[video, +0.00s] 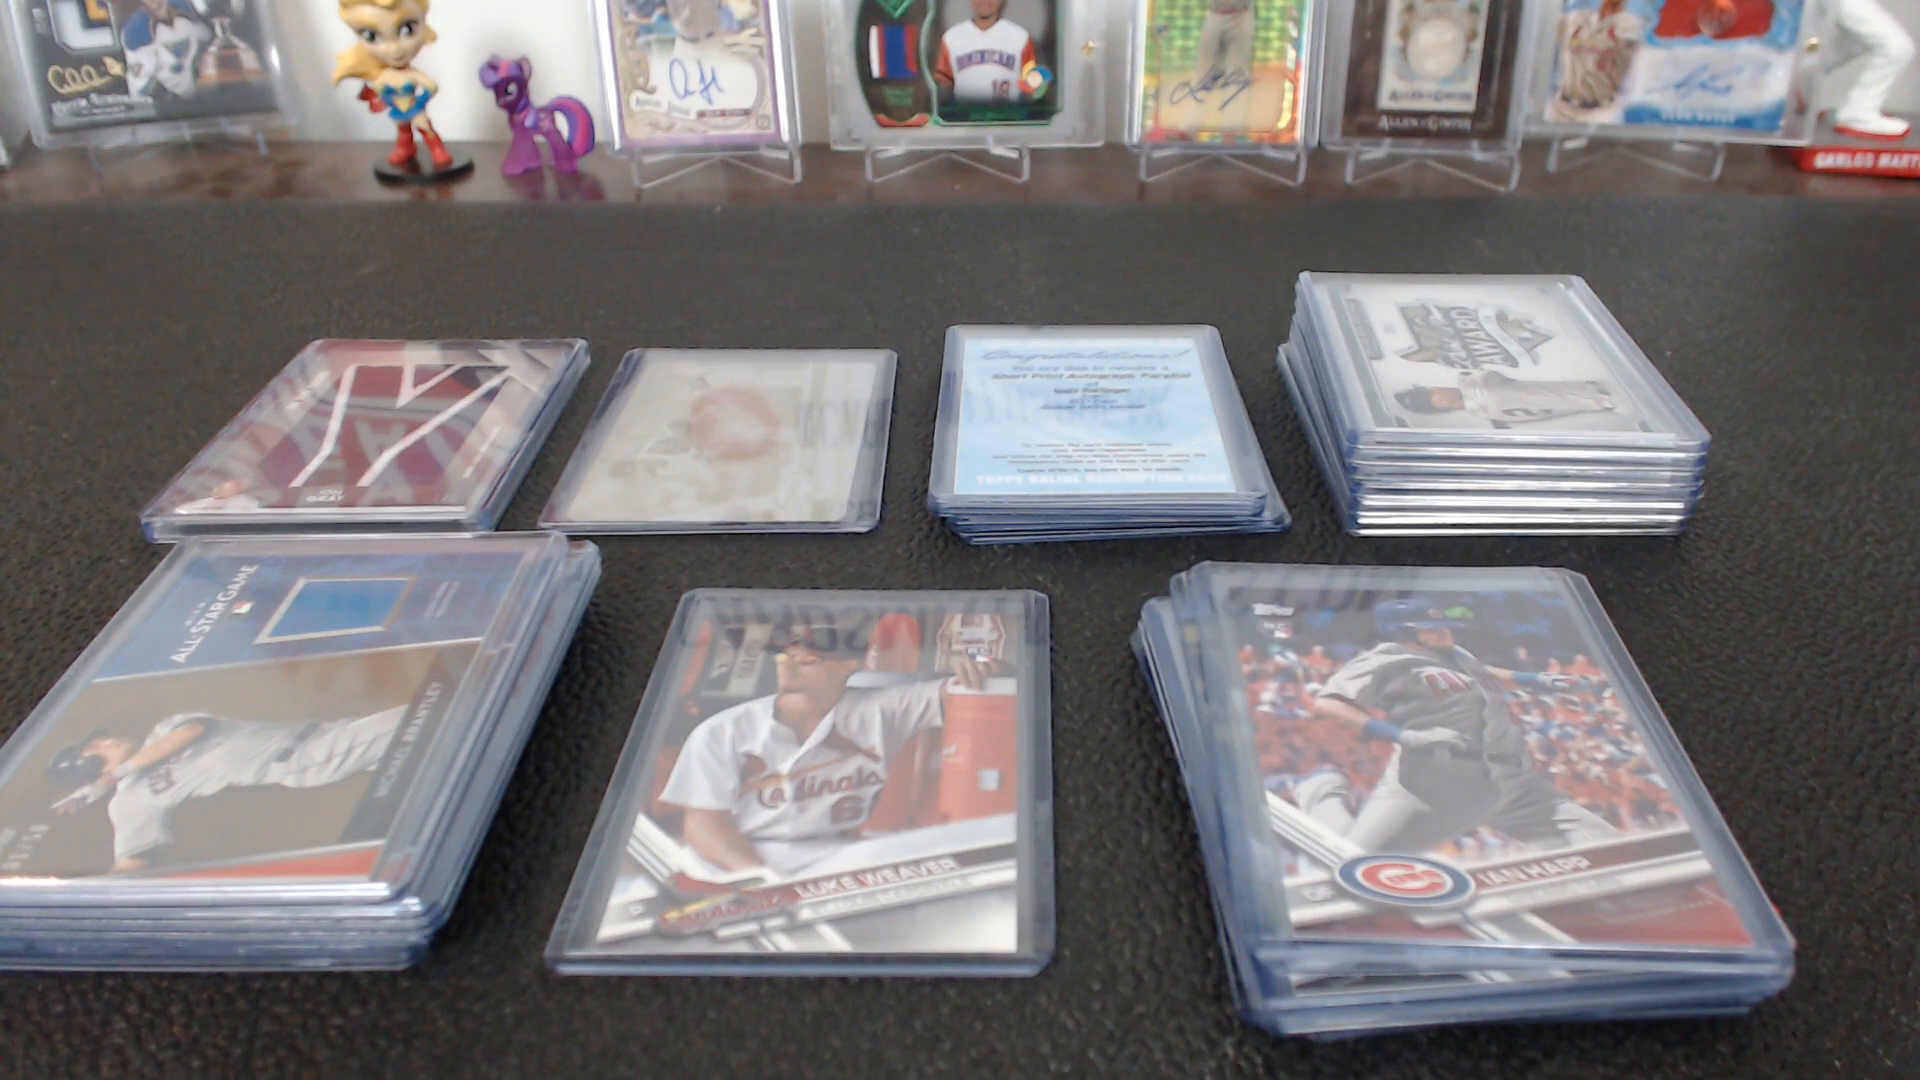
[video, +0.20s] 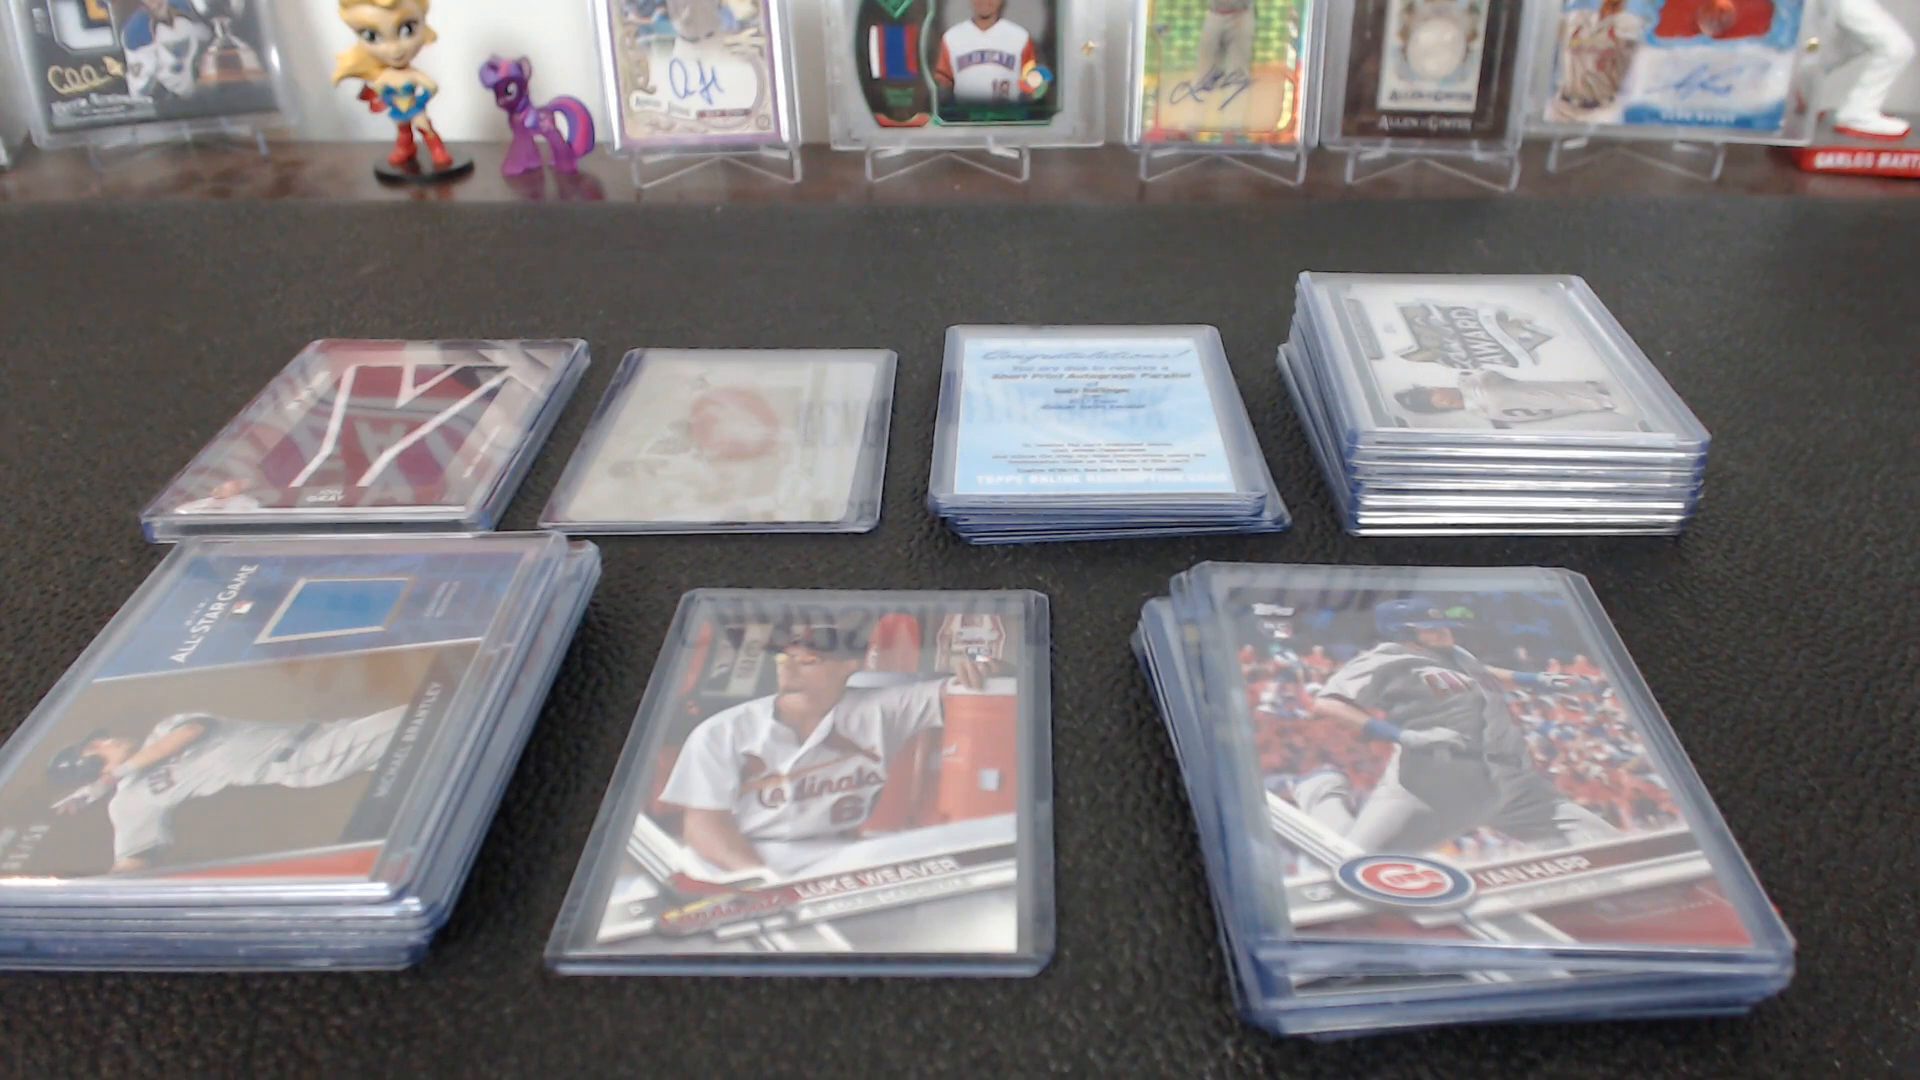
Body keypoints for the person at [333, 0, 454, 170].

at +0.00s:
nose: (394, 50)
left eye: (407, 30)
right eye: (372, 36)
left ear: (424, 29)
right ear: (359, 38)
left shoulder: (414, 75)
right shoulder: (379, 75)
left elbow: (426, 86)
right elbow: (370, 88)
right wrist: (374, 100)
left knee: (421, 122)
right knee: (401, 123)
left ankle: (437, 149)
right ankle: (405, 148)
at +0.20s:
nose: (394, 50)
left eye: (407, 30)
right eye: (372, 36)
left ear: (424, 28)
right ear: (359, 38)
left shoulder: (414, 75)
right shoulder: (379, 75)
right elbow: (370, 88)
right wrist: (375, 100)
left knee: (421, 121)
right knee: (401, 123)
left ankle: (437, 149)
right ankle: (405, 148)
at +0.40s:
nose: (394, 50)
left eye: (407, 30)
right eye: (372, 36)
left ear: (424, 29)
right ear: (359, 38)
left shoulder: (414, 75)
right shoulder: (379, 75)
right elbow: (370, 88)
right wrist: (375, 100)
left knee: (421, 121)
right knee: (401, 123)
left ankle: (437, 149)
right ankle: (405, 148)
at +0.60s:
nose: (394, 50)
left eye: (407, 30)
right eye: (372, 36)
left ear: (424, 29)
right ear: (359, 38)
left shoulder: (414, 75)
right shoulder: (379, 75)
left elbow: (427, 86)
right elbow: (369, 89)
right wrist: (375, 100)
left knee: (422, 123)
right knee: (401, 124)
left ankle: (437, 149)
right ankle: (405, 148)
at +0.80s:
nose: (394, 50)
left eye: (407, 30)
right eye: (372, 36)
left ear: (424, 29)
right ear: (359, 38)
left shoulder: (414, 75)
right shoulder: (379, 75)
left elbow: (427, 86)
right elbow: (370, 88)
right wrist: (375, 100)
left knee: (422, 122)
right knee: (401, 124)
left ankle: (437, 149)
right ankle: (405, 148)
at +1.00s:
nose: (394, 50)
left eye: (407, 30)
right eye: (372, 36)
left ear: (424, 29)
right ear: (359, 38)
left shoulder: (414, 75)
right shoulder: (379, 75)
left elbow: (426, 86)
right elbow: (370, 87)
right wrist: (374, 100)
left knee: (422, 122)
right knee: (401, 124)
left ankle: (437, 149)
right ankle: (405, 148)